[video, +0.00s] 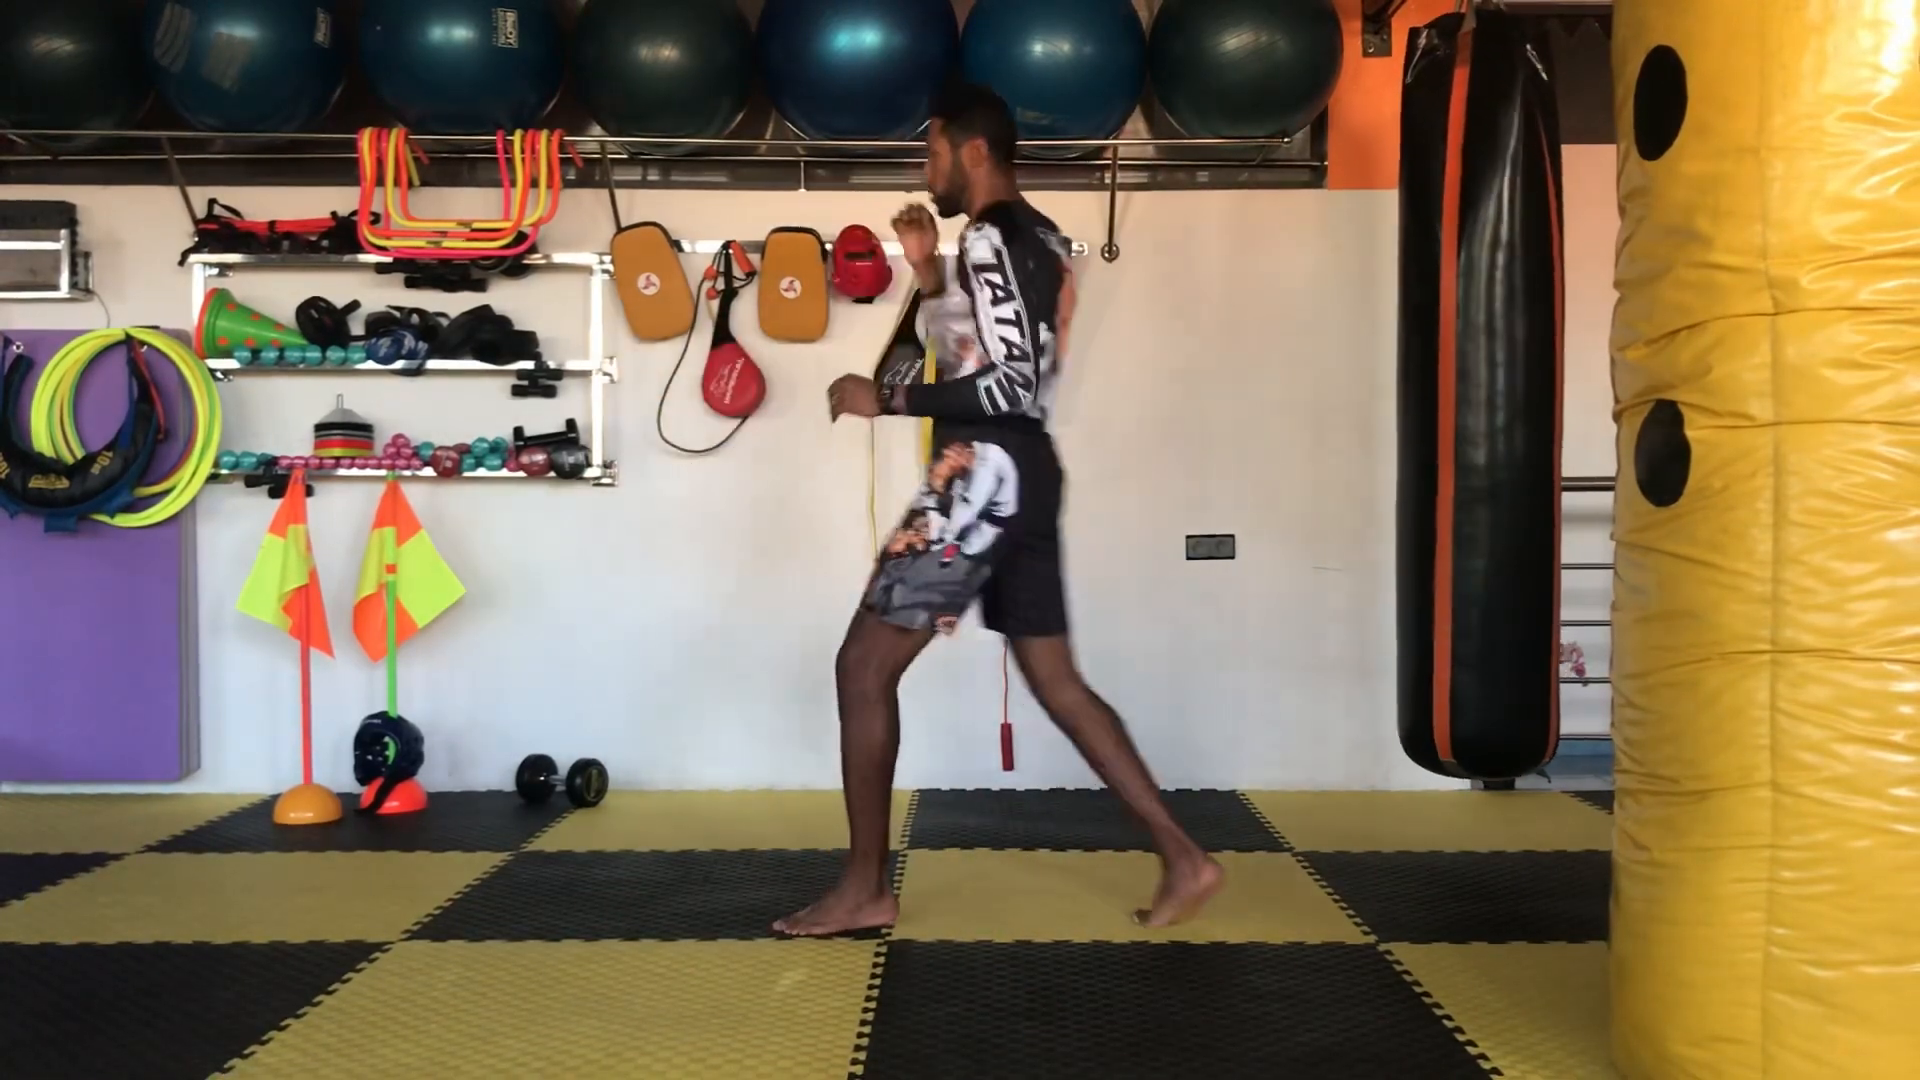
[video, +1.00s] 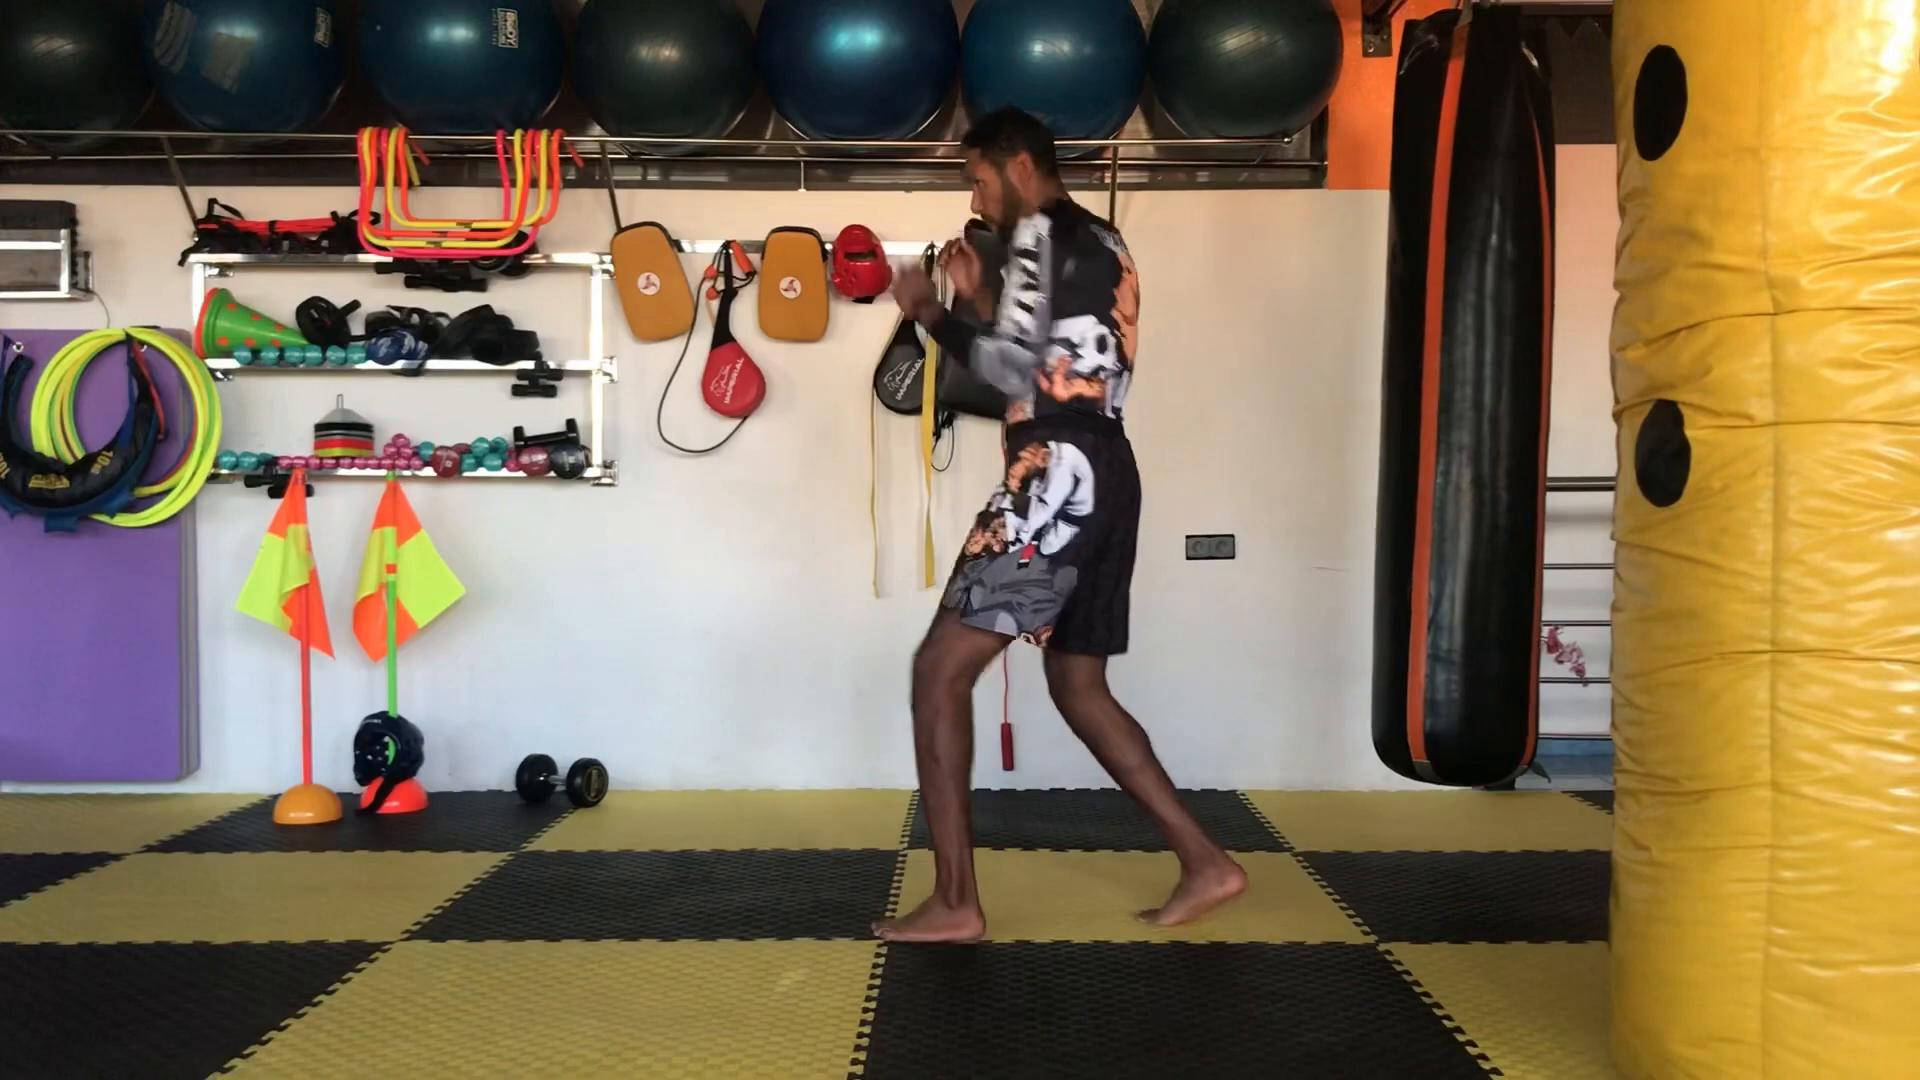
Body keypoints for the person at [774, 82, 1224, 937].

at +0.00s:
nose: (926, 169)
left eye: (932, 152)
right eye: (926, 154)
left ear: (973, 151)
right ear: (993, 154)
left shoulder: (987, 243)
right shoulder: (1032, 236)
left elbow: (1010, 385)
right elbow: (959, 359)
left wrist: (887, 398)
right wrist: (927, 277)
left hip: (983, 468)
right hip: (1022, 467)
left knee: (863, 667)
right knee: (1057, 682)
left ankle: (863, 889)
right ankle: (1184, 860)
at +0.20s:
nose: (972, 199)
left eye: (976, 181)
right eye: (972, 182)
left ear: (1013, 179)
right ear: (1041, 181)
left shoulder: (1036, 259)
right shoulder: (1097, 255)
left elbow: (1010, 398)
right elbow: (1055, 376)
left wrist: (911, 350)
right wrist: (986, 308)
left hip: (1055, 496)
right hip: (1113, 496)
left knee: (897, 657)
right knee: (1113, 702)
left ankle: (889, 882)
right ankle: (1205, 894)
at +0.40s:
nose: (982, 170)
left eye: (985, 153)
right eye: (979, 155)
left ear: (1028, 143)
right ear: (1051, 142)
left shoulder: (1039, 216)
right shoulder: (1116, 219)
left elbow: (981, 352)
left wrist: (927, 270)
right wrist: (992, 245)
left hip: (1050, 459)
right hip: (1113, 457)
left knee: (940, 656)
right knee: (1134, 677)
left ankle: (953, 888)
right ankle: (1202, 879)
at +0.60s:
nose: (957, 190)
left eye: (959, 171)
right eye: (953, 173)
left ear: (1001, 161)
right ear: (1022, 160)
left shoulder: (1009, 236)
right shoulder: (1099, 236)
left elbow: (976, 379)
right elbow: (1068, 365)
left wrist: (909, 313)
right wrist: (976, 282)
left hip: (1031, 476)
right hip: (1098, 474)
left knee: (941, 683)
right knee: (1116, 687)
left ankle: (957, 907)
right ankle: (1204, 882)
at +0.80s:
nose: (958, 182)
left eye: (958, 167)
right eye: (954, 168)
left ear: (996, 152)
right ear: (1022, 149)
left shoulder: (1001, 217)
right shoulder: (1091, 225)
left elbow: (933, 337)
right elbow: (1038, 331)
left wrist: (885, 268)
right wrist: (973, 249)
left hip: (1026, 459)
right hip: (1091, 456)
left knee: (954, 680)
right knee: (1080, 667)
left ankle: (958, 906)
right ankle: (1191, 847)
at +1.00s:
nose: (977, 197)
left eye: (979, 180)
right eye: (973, 183)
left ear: (1020, 167)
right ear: (1031, 167)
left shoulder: (1050, 242)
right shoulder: (1085, 242)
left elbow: (1034, 379)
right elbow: (1023, 364)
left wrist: (953, 318)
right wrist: (964, 303)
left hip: (1058, 473)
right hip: (1098, 471)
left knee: (940, 669)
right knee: (1079, 687)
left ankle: (954, 899)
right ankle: (1205, 863)